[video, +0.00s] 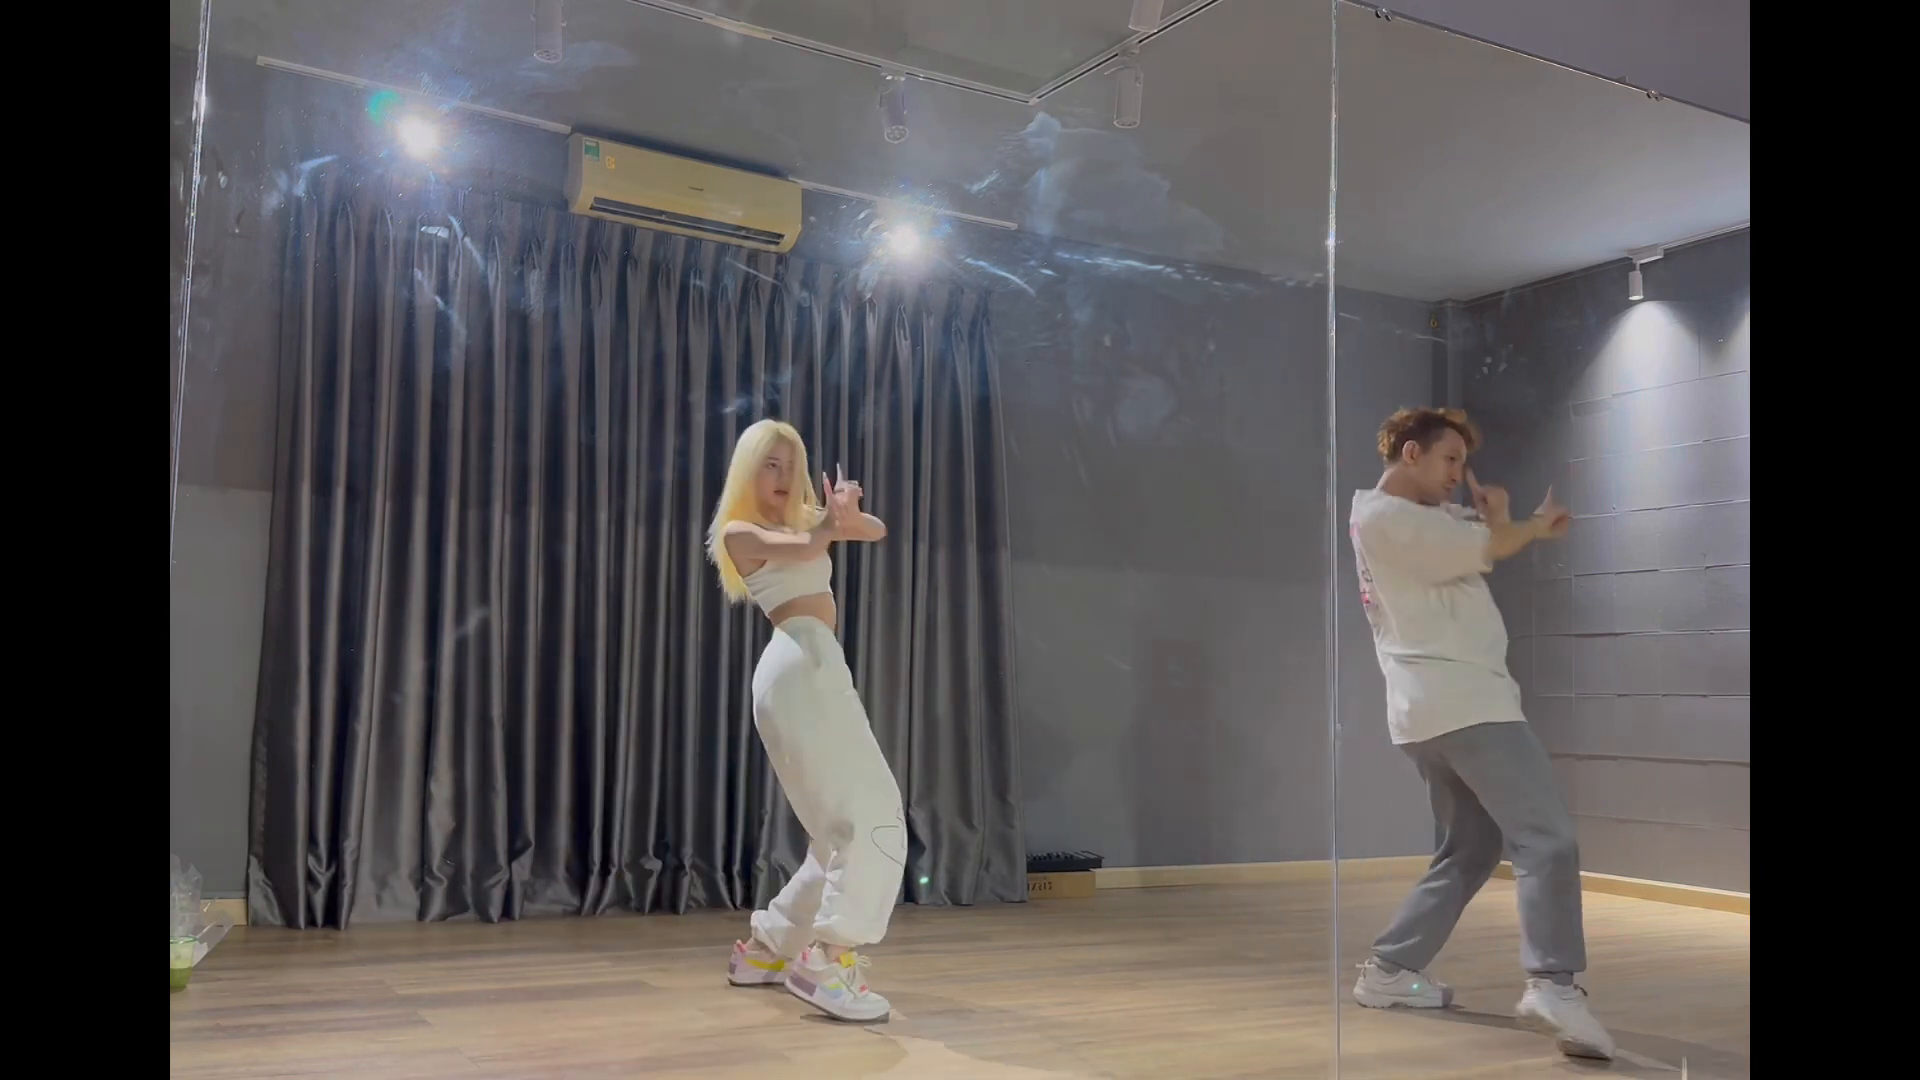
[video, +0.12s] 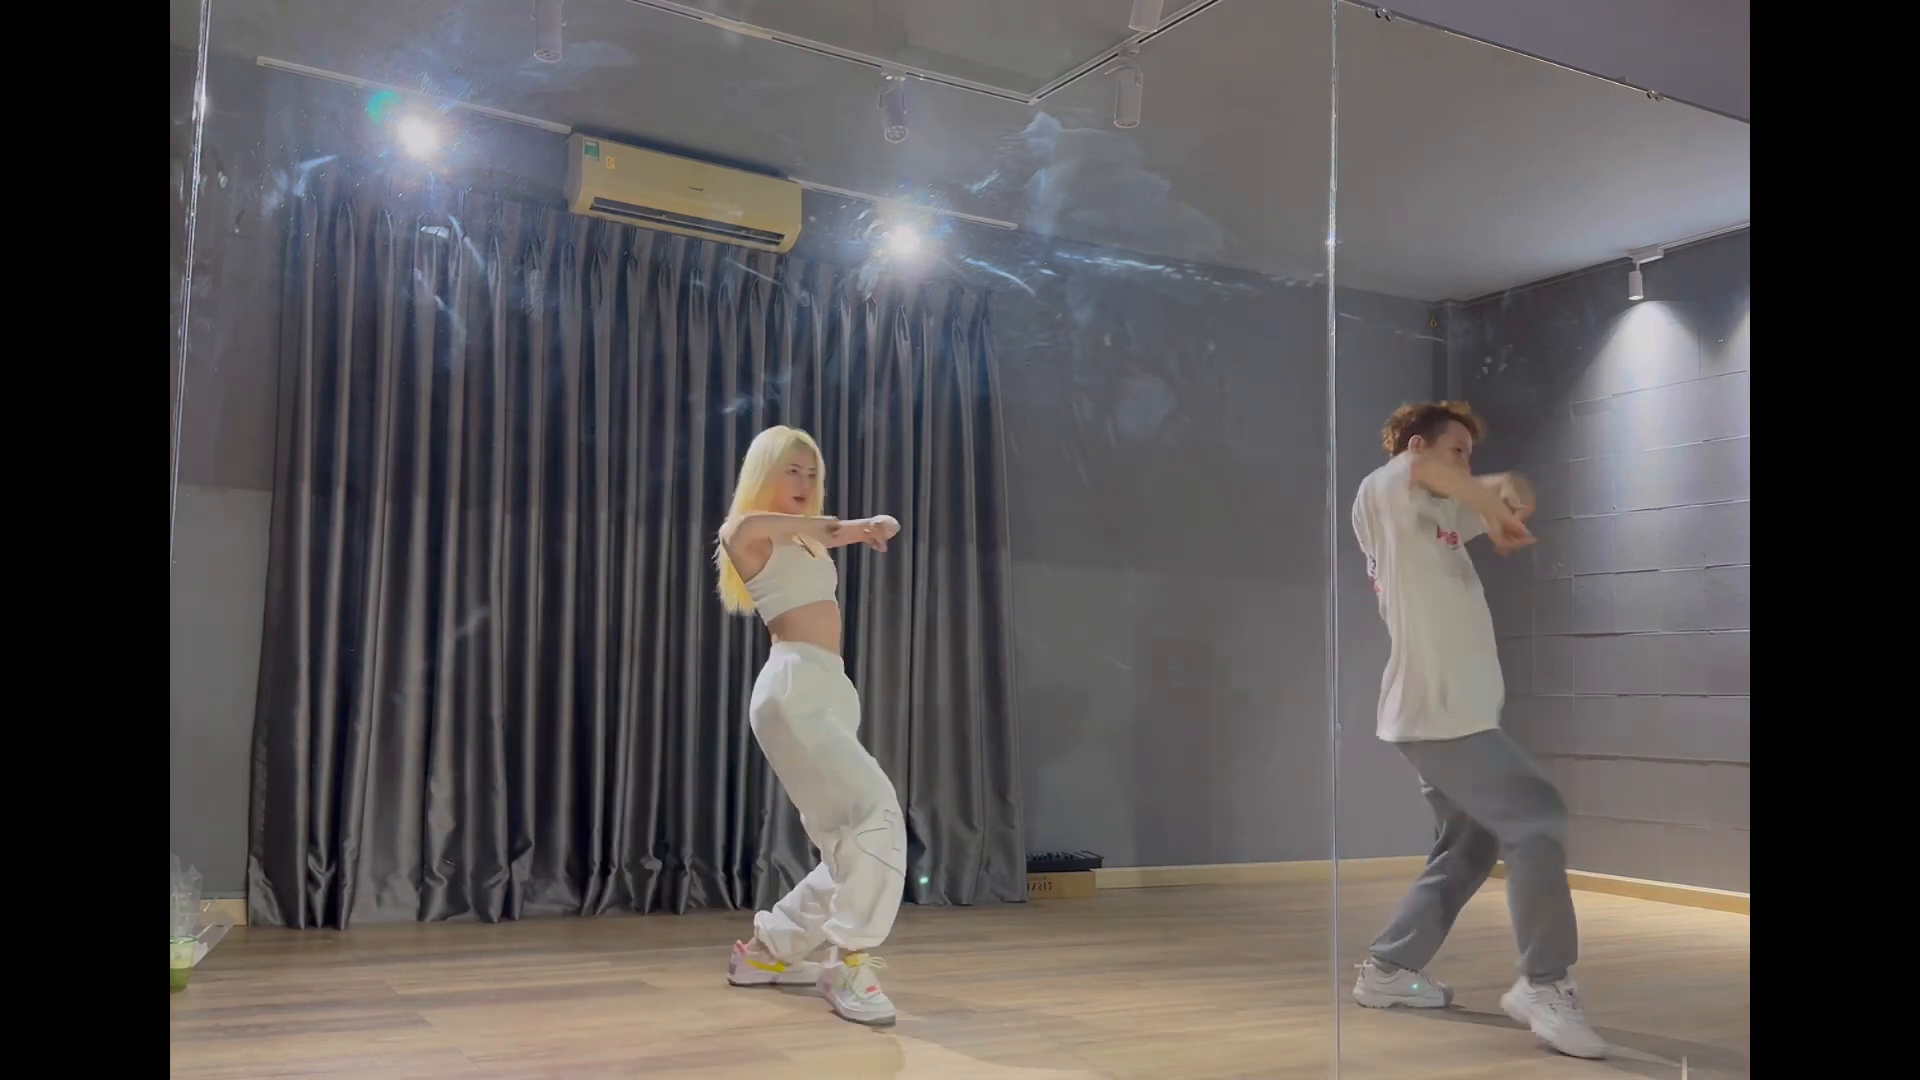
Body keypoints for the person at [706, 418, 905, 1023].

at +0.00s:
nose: (782, 476)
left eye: (791, 468)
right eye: (771, 464)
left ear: (800, 478)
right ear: (747, 469)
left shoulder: (805, 524)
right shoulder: (737, 532)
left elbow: (875, 532)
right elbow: (804, 547)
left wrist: (844, 513)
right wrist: (834, 521)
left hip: (801, 679)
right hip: (803, 678)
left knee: (842, 831)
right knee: (879, 816)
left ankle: (764, 948)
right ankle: (826, 961)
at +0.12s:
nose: (806, 483)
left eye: (814, 475)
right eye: (795, 470)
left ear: (819, 485)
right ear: (763, 473)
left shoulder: (806, 534)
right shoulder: (746, 529)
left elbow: (835, 532)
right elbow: (767, 530)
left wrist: (873, 526)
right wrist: (840, 527)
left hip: (828, 698)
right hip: (794, 695)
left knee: (856, 849)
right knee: (877, 814)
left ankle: (768, 950)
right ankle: (847, 962)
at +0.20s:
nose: (809, 485)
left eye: (817, 476)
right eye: (798, 474)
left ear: (825, 486)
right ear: (766, 483)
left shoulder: (818, 542)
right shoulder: (756, 539)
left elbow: (876, 548)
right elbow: (706, 514)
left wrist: (874, 520)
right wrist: (785, 518)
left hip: (846, 702)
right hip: (792, 702)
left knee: (856, 857)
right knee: (862, 815)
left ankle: (765, 949)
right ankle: (861, 964)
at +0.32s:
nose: (815, 481)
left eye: (818, 471)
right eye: (804, 468)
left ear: (819, 484)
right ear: (771, 475)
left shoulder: (817, 556)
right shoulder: (757, 536)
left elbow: (892, 579)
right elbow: (726, 524)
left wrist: (857, 517)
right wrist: (762, 485)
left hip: (855, 693)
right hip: (799, 700)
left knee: (852, 837)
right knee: (853, 810)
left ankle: (765, 949)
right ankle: (867, 964)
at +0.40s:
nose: (814, 464)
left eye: (816, 453)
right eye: (802, 453)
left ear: (818, 463)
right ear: (770, 464)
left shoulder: (822, 528)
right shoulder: (750, 526)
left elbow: (900, 545)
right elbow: (790, 505)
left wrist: (867, 488)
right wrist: (757, 461)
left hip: (849, 685)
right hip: (797, 688)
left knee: (838, 833)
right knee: (868, 810)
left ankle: (764, 949)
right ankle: (852, 961)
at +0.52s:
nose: (821, 440)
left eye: (820, 434)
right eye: (808, 434)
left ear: (815, 450)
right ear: (772, 446)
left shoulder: (822, 503)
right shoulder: (767, 507)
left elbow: (880, 449)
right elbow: (807, 453)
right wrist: (789, 372)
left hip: (803, 661)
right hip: (810, 658)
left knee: (843, 828)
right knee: (879, 818)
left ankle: (767, 946)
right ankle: (837, 959)